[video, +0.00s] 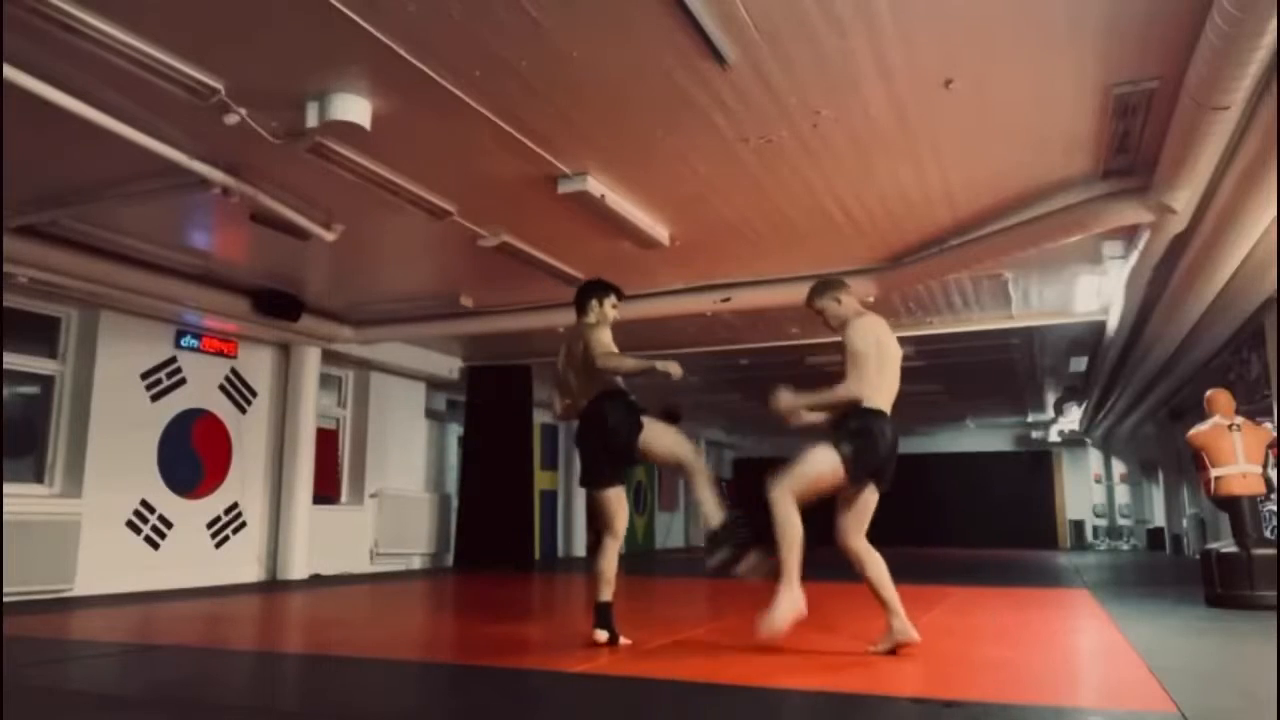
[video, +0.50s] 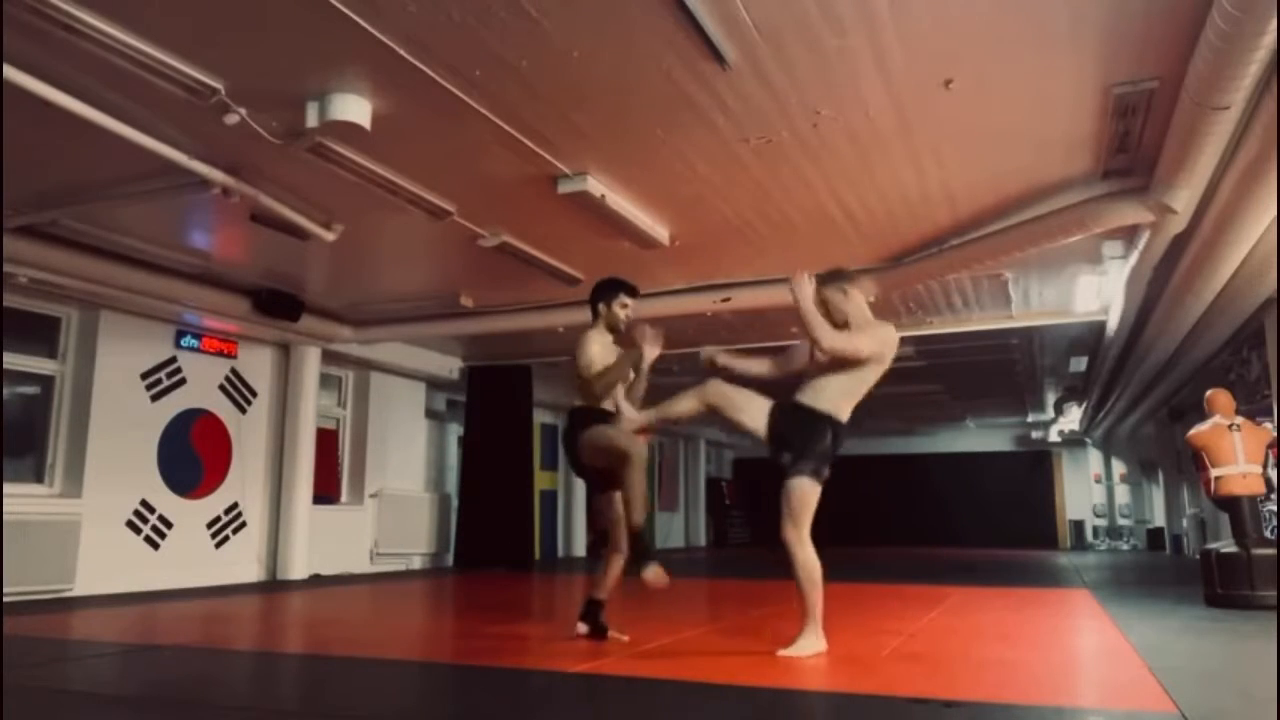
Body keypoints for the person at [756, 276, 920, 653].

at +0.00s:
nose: (826, 322)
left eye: (825, 312)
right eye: (821, 315)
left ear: (842, 298)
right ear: (849, 299)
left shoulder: (861, 327)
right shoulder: (882, 331)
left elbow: (857, 388)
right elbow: (863, 400)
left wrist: (797, 400)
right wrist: (811, 416)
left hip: (861, 433)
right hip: (882, 441)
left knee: (782, 489)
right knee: (852, 536)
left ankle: (790, 592)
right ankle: (900, 623)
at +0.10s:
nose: (822, 319)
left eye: (823, 309)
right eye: (819, 312)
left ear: (842, 299)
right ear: (844, 302)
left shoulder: (858, 331)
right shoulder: (871, 334)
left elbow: (862, 379)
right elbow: (832, 393)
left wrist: (815, 389)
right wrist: (801, 362)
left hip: (855, 440)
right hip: (873, 442)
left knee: (793, 516)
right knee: (857, 540)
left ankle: (800, 623)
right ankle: (903, 628)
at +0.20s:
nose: (819, 298)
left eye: (820, 290)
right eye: (815, 293)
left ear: (839, 278)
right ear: (832, 286)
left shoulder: (866, 307)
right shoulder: (846, 319)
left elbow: (855, 337)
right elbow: (799, 342)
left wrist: (811, 314)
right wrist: (791, 301)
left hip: (849, 421)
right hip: (851, 425)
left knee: (768, 466)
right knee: (844, 524)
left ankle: (782, 565)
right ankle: (892, 611)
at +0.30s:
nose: (818, 286)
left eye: (818, 278)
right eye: (814, 281)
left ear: (831, 266)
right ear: (828, 272)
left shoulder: (863, 291)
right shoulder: (847, 299)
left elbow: (833, 318)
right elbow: (791, 316)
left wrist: (804, 285)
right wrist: (766, 282)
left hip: (849, 408)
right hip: (836, 405)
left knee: (771, 463)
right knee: (771, 462)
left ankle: (791, 569)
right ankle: (821, 542)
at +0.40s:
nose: (821, 295)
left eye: (822, 287)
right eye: (817, 290)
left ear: (837, 273)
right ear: (828, 281)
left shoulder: (869, 304)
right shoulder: (843, 312)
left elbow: (822, 324)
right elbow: (779, 334)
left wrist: (799, 286)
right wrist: (740, 313)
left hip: (829, 413)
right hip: (806, 408)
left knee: (797, 509)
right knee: (739, 395)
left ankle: (810, 613)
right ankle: (711, 471)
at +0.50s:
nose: (830, 315)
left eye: (832, 304)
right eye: (825, 309)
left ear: (855, 294)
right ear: (834, 303)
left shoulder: (884, 334)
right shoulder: (837, 339)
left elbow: (830, 344)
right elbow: (779, 367)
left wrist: (806, 303)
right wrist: (725, 360)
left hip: (814, 431)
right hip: (782, 416)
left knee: (795, 532)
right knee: (713, 389)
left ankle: (814, 632)